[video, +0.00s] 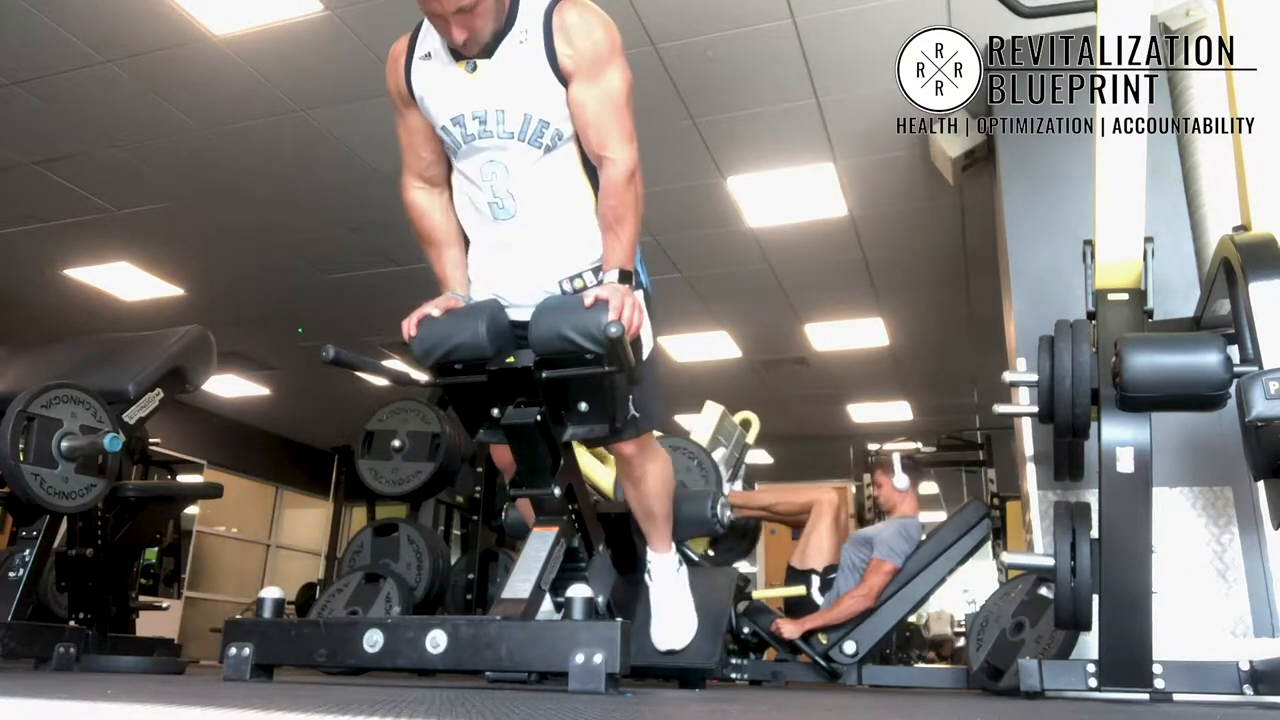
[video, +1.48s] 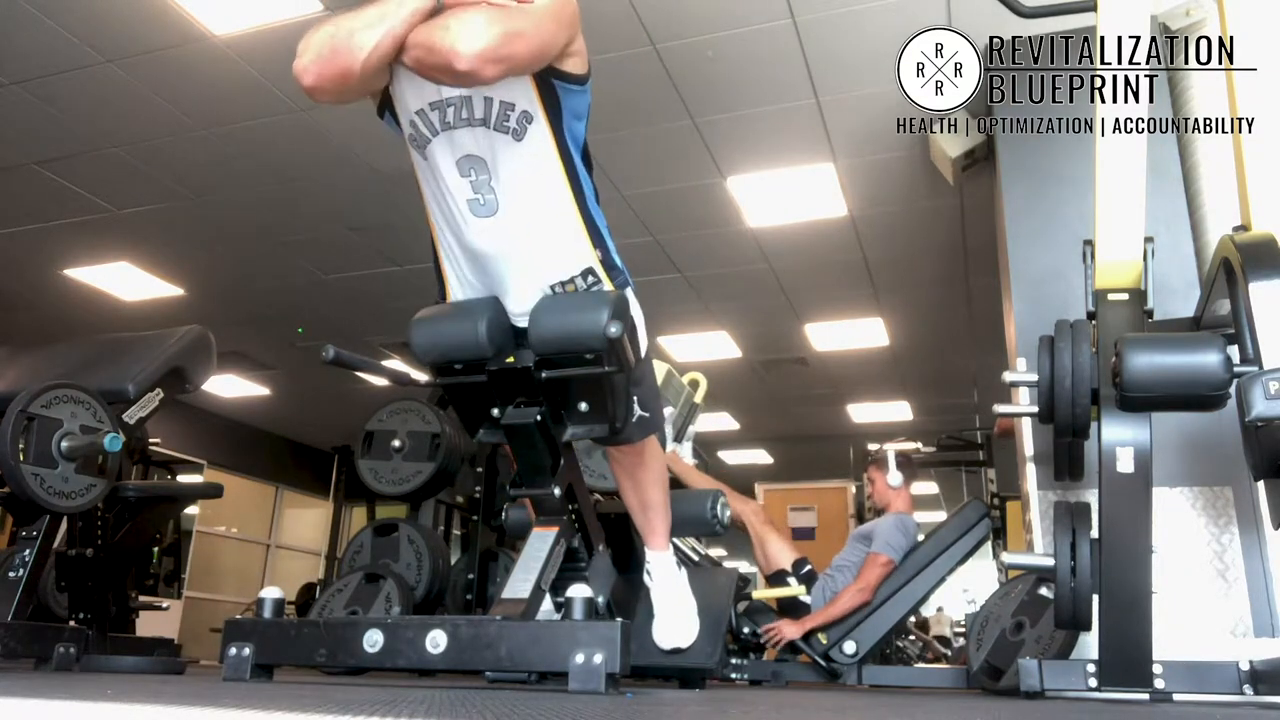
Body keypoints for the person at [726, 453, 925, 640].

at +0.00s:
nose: (875, 495)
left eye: (879, 486)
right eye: (875, 487)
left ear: (901, 484)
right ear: (900, 485)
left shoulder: (898, 531)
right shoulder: (900, 526)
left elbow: (866, 597)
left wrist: (801, 625)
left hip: (815, 605)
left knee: (828, 497)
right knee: (832, 500)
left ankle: (727, 497)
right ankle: (738, 507)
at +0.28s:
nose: (872, 494)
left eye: (876, 485)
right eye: (872, 486)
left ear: (899, 483)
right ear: (898, 484)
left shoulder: (897, 530)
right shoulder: (900, 527)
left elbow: (866, 597)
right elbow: (865, 593)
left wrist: (801, 625)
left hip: (813, 607)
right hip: (818, 601)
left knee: (808, 496)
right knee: (809, 502)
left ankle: (709, 484)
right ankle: (728, 494)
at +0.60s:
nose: (870, 493)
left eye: (873, 485)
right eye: (870, 486)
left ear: (896, 482)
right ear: (896, 483)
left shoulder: (894, 529)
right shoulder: (899, 527)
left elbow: (866, 596)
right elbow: (866, 592)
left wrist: (802, 625)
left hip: (812, 602)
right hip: (817, 596)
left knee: (783, 498)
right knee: (784, 500)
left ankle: (688, 467)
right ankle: (702, 476)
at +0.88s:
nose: (869, 493)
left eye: (872, 485)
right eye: (868, 486)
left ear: (894, 482)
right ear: (895, 483)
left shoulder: (894, 529)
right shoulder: (899, 526)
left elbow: (866, 595)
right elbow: (866, 592)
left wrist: (803, 624)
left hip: (811, 604)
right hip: (816, 597)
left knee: (765, 503)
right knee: (767, 506)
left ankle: (677, 460)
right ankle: (690, 468)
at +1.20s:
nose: (870, 492)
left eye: (872, 484)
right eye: (870, 485)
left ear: (892, 482)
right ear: (896, 482)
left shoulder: (894, 527)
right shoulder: (899, 525)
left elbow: (863, 591)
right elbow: (864, 590)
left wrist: (803, 625)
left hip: (812, 603)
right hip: (816, 597)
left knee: (752, 511)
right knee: (754, 514)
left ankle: (672, 461)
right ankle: (682, 466)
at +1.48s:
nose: (870, 491)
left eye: (872, 482)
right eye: (869, 483)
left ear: (894, 480)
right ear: (896, 481)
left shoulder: (893, 526)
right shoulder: (897, 524)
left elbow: (863, 591)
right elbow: (864, 590)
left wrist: (803, 624)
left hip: (812, 602)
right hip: (815, 595)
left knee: (752, 510)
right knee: (754, 511)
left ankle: (672, 461)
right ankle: (680, 466)